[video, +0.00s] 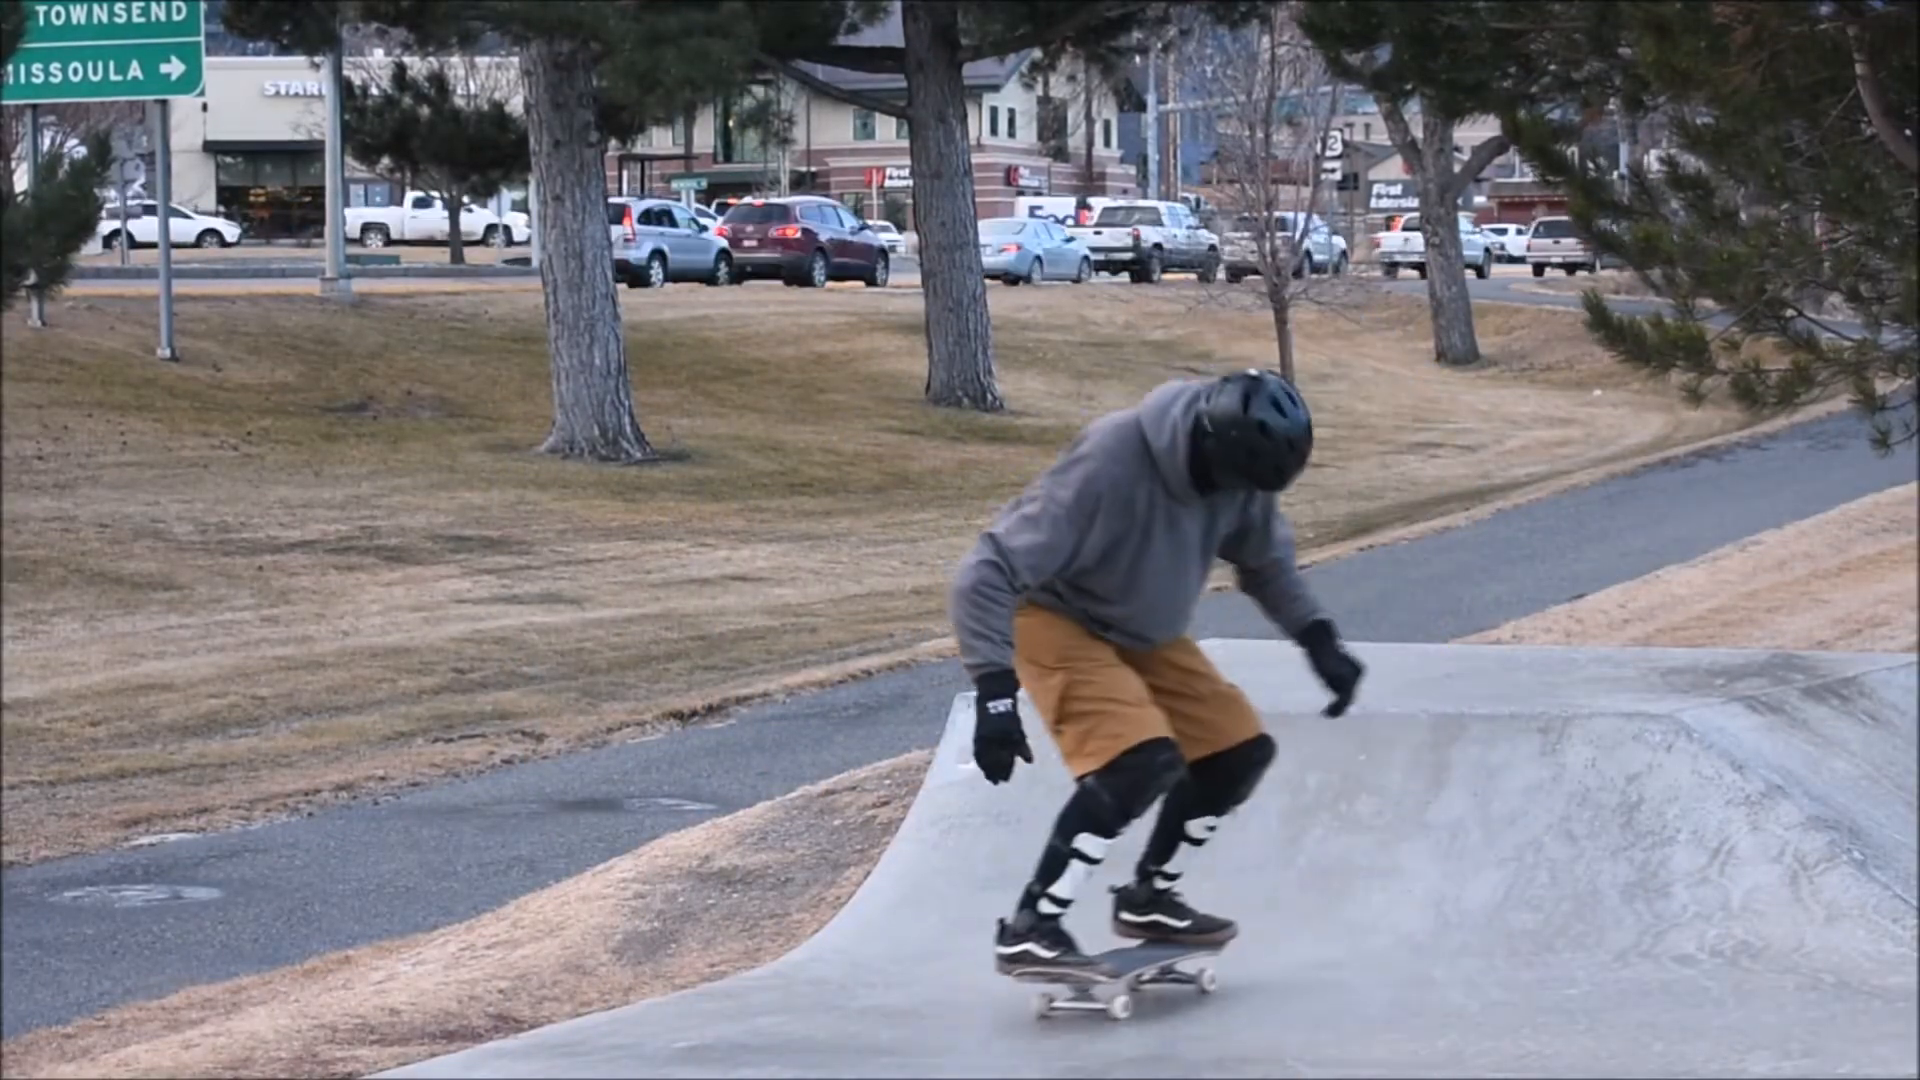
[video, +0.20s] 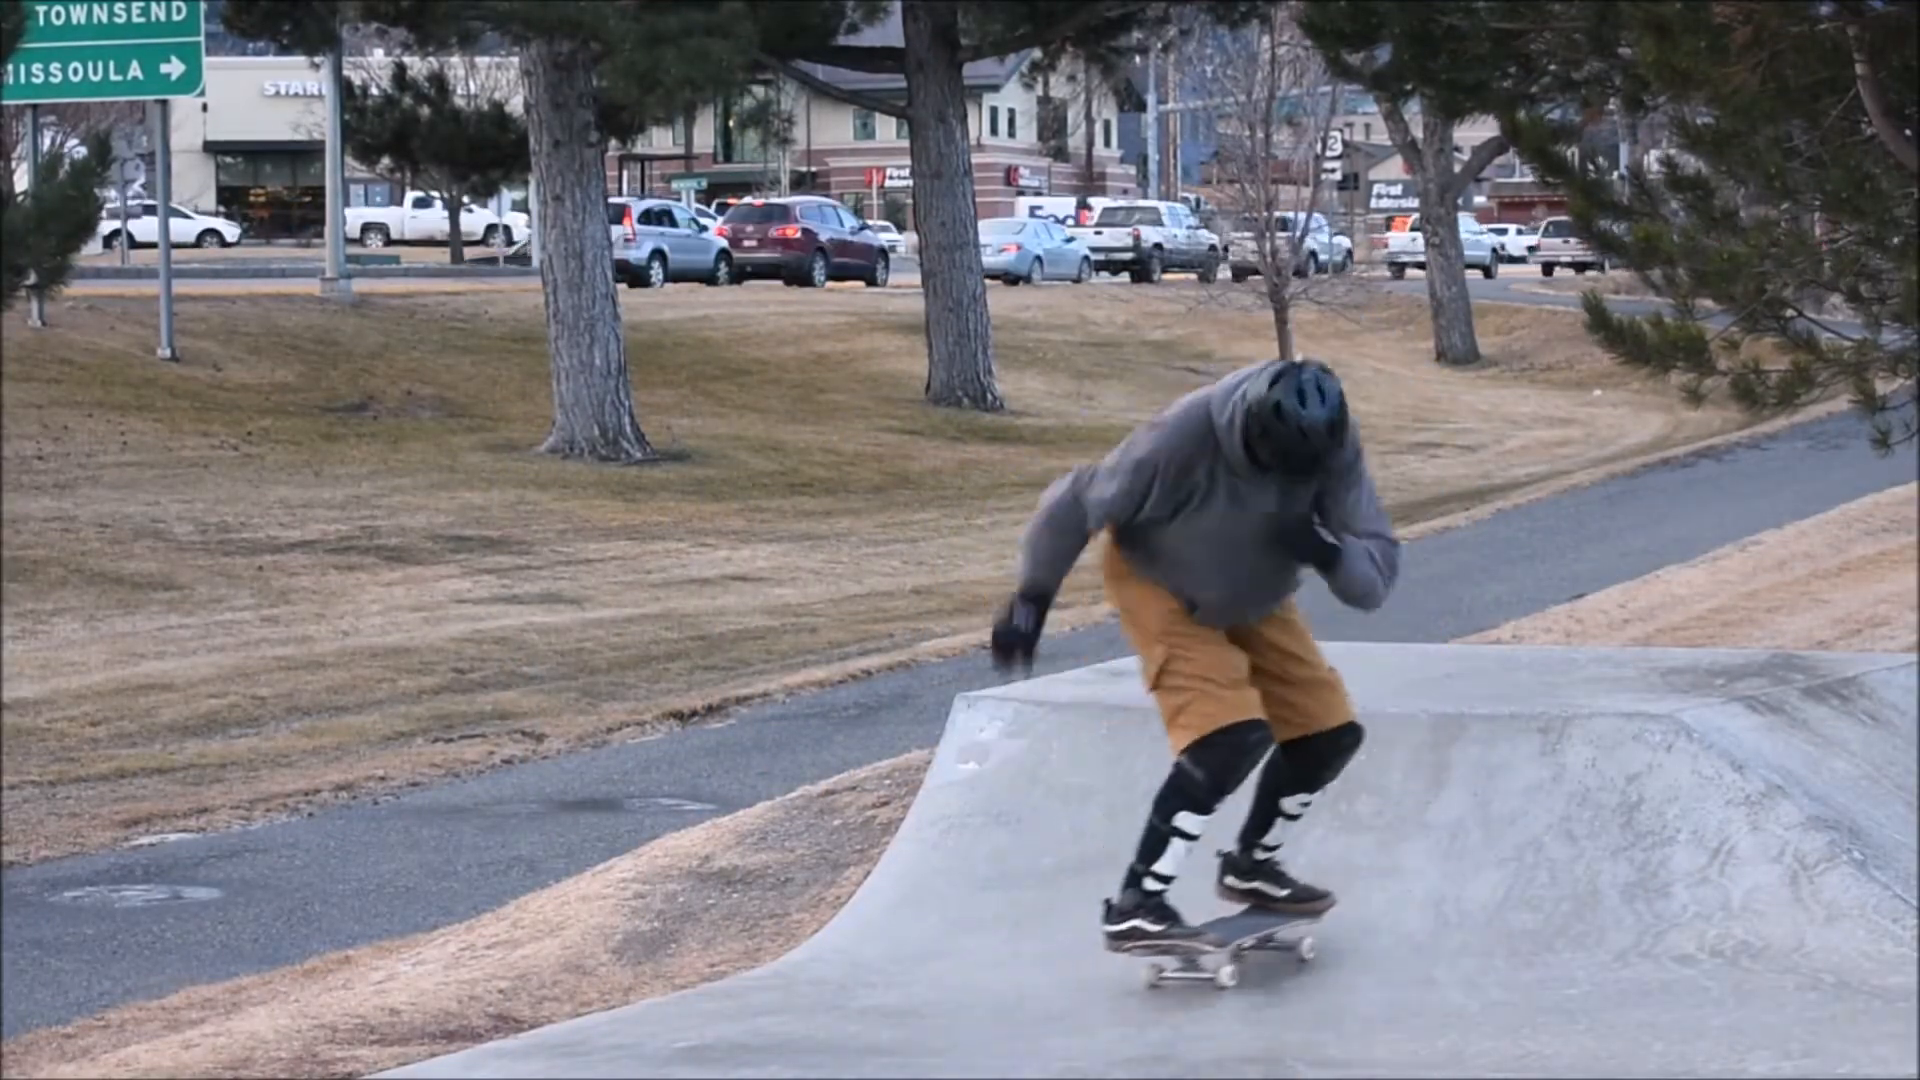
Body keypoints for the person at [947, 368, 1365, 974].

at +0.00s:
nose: (1254, 494)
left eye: (1263, 484)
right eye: (1250, 480)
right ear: (1219, 450)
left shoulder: (1242, 476)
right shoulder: (1114, 457)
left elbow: (1268, 565)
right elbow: (987, 571)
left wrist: (1320, 640)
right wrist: (995, 696)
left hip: (1143, 627)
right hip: (1051, 614)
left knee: (1236, 752)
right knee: (1140, 759)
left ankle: (1147, 897)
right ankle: (1031, 924)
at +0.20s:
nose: (1281, 476)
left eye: (1300, 468)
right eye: (1272, 461)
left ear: (1330, 440)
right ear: (1254, 424)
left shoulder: (1334, 444)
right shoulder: (1185, 434)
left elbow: (1375, 577)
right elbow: (1075, 501)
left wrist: (1328, 552)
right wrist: (1030, 601)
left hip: (1252, 586)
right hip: (1158, 577)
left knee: (1326, 735)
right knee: (1230, 736)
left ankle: (1250, 864)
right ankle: (1136, 903)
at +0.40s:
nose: (1303, 367)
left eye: (1315, 357)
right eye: (1289, 356)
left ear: (1349, 330)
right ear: (1266, 324)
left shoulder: (1394, 336)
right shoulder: (1233, 302)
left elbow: (1483, 433)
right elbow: (1165, 284)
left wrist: (1486, 526)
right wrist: (1100, 303)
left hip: (1367, 483)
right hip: (1261, 480)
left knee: (1432, 647)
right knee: (1266, 655)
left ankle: (1456, 765)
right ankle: (1228, 766)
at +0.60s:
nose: (1282, 338)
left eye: (1289, 325)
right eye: (1271, 327)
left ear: (1319, 297)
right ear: (1260, 295)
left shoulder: (1423, 286)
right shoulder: (1266, 283)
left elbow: (1542, 257)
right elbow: (1157, 326)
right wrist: (1059, 388)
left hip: (1470, 451)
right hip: (1389, 451)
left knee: (1430, 634)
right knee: (1352, 577)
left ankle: (1502, 782)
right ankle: (1425, 661)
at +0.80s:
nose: (1316, 335)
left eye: (1318, 323)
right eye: (1307, 327)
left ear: (1341, 291)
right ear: (1307, 306)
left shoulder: (1433, 308)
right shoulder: (1346, 332)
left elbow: (1573, 371)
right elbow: (1271, 384)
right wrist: (1187, 456)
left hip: (1538, 483)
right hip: (1468, 482)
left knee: (1446, 668)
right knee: (1385, 601)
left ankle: (1531, 824)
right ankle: (1456, 711)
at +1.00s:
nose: (1395, 317)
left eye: (1400, 301)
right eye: (1383, 308)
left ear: (1427, 264)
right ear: (1372, 288)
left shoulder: (1513, 284)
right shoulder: (1396, 329)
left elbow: (1625, 340)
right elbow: (1345, 370)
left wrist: (1660, 428)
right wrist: (1293, 424)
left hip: (1584, 494)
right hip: (1479, 512)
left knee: (1574, 683)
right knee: (1433, 678)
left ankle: (1635, 854)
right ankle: (1439, 801)